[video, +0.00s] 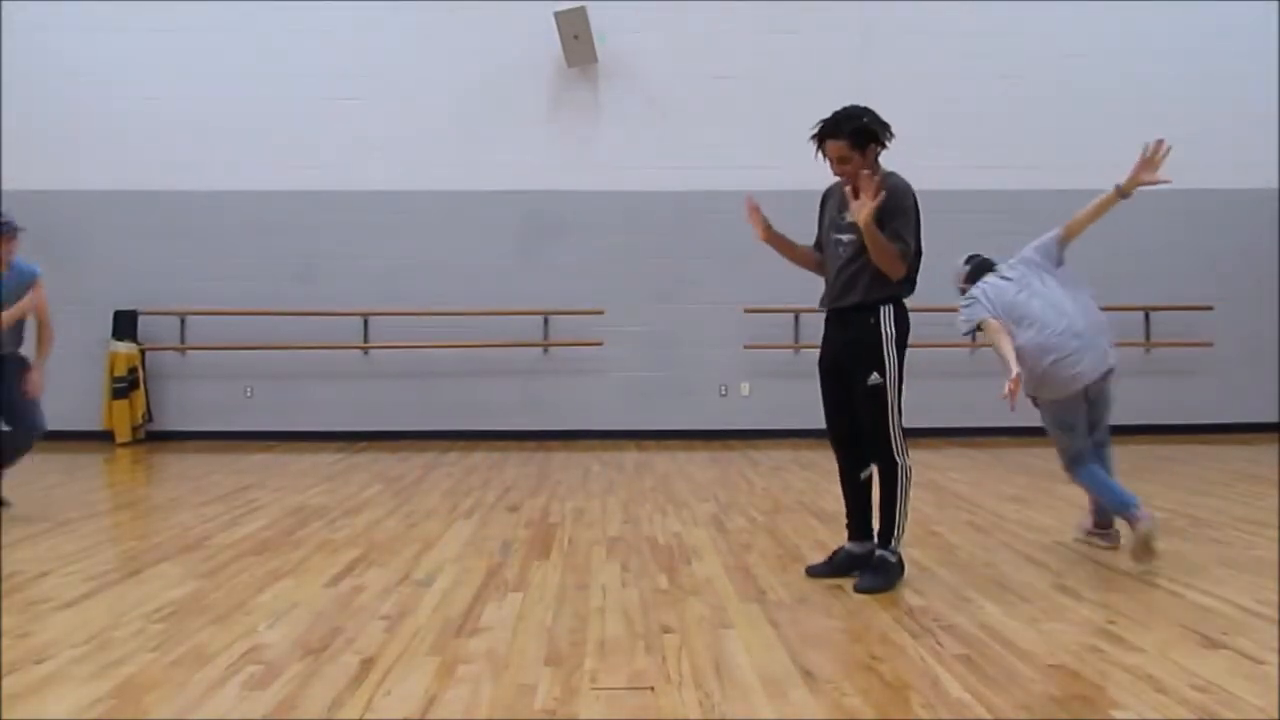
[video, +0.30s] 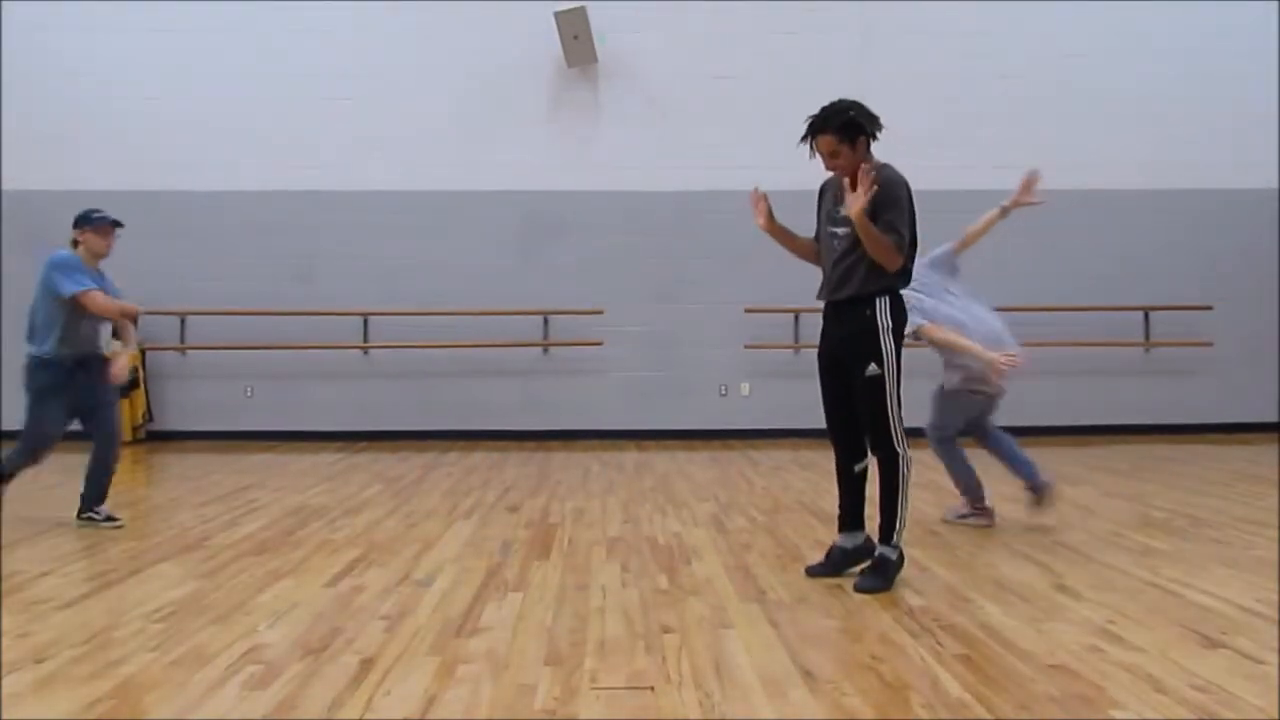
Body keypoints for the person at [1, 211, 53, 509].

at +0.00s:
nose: (9, 247)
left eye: (12, 240)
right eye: (4, 241)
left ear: (16, 243)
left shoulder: (26, 275)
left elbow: (44, 323)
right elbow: (6, 321)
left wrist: (38, 367)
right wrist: (24, 305)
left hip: (10, 359)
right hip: (6, 359)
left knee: (29, 426)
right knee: (24, 428)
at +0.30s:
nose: (109, 240)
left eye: (111, 234)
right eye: (101, 233)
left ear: (111, 239)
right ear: (81, 235)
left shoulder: (101, 279)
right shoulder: (61, 263)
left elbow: (124, 324)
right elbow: (94, 304)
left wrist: (126, 354)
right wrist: (132, 311)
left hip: (89, 367)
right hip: (51, 367)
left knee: (108, 436)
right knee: (40, 440)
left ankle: (91, 506)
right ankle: (5, 473)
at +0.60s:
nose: (162, 211)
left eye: (164, 204)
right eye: (153, 205)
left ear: (168, 207)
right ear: (132, 207)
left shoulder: (178, 249)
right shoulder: (109, 245)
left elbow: (203, 295)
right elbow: (89, 290)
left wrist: (207, 344)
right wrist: (148, 306)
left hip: (168, 346)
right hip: (129, 347)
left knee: (156, 428)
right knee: (146, 428)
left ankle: (110, 478)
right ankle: (158, 511)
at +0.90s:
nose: (235, 212)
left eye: (237, 205)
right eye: (227, 204)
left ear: (236, 207)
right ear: (203, 203)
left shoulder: (234, 248)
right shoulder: (182, 248)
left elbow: (239, 307)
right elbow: (177, 310)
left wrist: (250, 352)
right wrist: (205, 361)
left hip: (234, 346)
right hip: (197, 348)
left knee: (248, 432)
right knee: (199, 435)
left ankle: (217, 511)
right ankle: (184, 516)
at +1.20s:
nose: (297, 230)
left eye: (299, 223)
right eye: (290, 222)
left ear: (295, 223)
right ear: (265, 220)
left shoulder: (294, 267)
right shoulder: (241, 260)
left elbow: (307, 324)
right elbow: (237, 317)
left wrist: (326, 366)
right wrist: (279, 358)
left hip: (298, 366)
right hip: (257, 366)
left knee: (312, 452)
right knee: (255, 449)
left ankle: (283, 532)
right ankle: (232, 525)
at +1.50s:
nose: (329, 219)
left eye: (332, 211)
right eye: (321, 211)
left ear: (335, 211)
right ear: (297, 208)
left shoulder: (333, 254)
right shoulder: (270, 251)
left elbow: (348, 306)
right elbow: (245, 312)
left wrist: (351, 344)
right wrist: (242, 375)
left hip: (329, 356)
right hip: (291, 356)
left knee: (305, 445)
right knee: (317, 442)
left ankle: (280, 530)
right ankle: (342, 532)